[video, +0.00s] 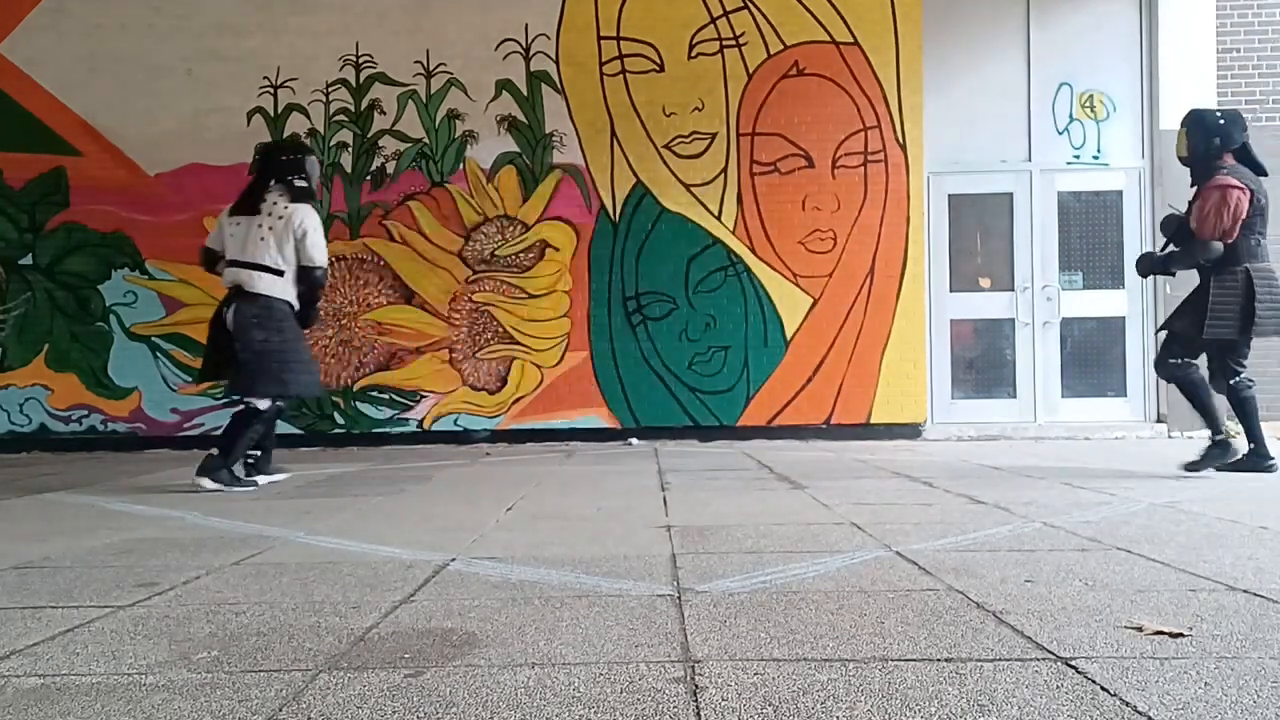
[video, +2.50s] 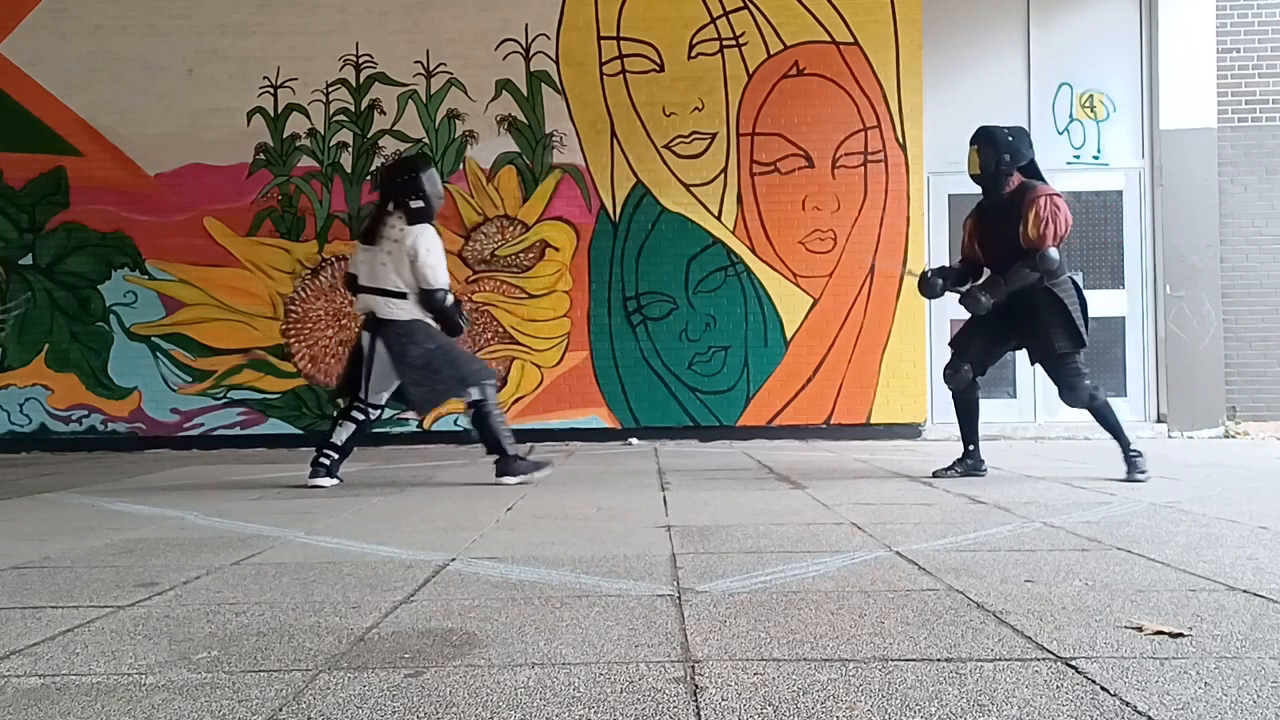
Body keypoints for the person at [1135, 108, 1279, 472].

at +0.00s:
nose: (1183, 147)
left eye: (1190, 140)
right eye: (1183, 139)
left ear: (1212, 143)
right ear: (1225, 145)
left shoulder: (1222, 185)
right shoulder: (1242, 179)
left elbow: (1208, 249)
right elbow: (1227, 239)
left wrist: (1161, 262)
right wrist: (1183, 229)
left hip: (1225, 287)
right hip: (1247, 285)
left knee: (1172, 359)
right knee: (1230, 370)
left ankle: (1220, 439)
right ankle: (1260, 452)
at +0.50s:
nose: (1130, 156)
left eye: (1136, 149)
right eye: (1131, 148)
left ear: (1158, 154)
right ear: (1166, 155)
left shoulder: (1169, 195)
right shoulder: (1176, 189)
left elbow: (1152, 254)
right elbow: (1162, 244)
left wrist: (1105, 272)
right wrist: (1126, 242)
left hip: (1168, 297)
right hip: (1180, 296)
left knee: (1116, 373)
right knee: (1177, 383)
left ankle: (1120, 459)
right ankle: (1246, 442)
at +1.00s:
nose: (1104, 166)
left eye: (1110, 158)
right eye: (1104, 158)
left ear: (1135, 161)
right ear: (1139, 162)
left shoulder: (1151, 203)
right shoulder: (1140, 198)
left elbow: (1135, 264)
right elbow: (1131, 250)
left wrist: (1085, 280)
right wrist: (1101, 252)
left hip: (1158, 299)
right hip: (1160, 298)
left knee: (1106, 365)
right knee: (1170, 386)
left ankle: (1116, 455)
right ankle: (1222, 452)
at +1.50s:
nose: (1033, 177)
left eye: (1040, 168)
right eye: (1031, 169)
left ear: (1065, 169)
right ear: (1033, 172)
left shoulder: (1107, 206)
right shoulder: (1032, 223)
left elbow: (1134, 253)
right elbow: (1031, 277)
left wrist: (1098, 289)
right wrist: (1039, 312)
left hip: (1095, 308)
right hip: (1051, 309)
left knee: (1083, 386)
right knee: (996, 369)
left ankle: (1100, 457)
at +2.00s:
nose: (1026, 173)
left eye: (1034, 165)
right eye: (1026, 165)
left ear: (1060, 169)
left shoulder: (1095, 209)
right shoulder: (1031, 226)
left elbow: (1098, 270)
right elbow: (1031, 281)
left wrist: (1041, 300)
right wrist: (1006, 281)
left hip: (1094, 315)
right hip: (1049, 317)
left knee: (1125, 397)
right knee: (992, 371)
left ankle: (1180, 462)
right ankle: (970, 456)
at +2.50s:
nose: (975, 169)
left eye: (982, 160)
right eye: (974, 160)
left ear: (1007, 162)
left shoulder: (1041, 201)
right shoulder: (979, 217)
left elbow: (1044, 262)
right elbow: (970, 267)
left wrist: (991, 290)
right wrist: (945, 278)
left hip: (1046, 301)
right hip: (1004, 306)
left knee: (1075, 391)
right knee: (960, 372)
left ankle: (1129, 450)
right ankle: (972, 458)